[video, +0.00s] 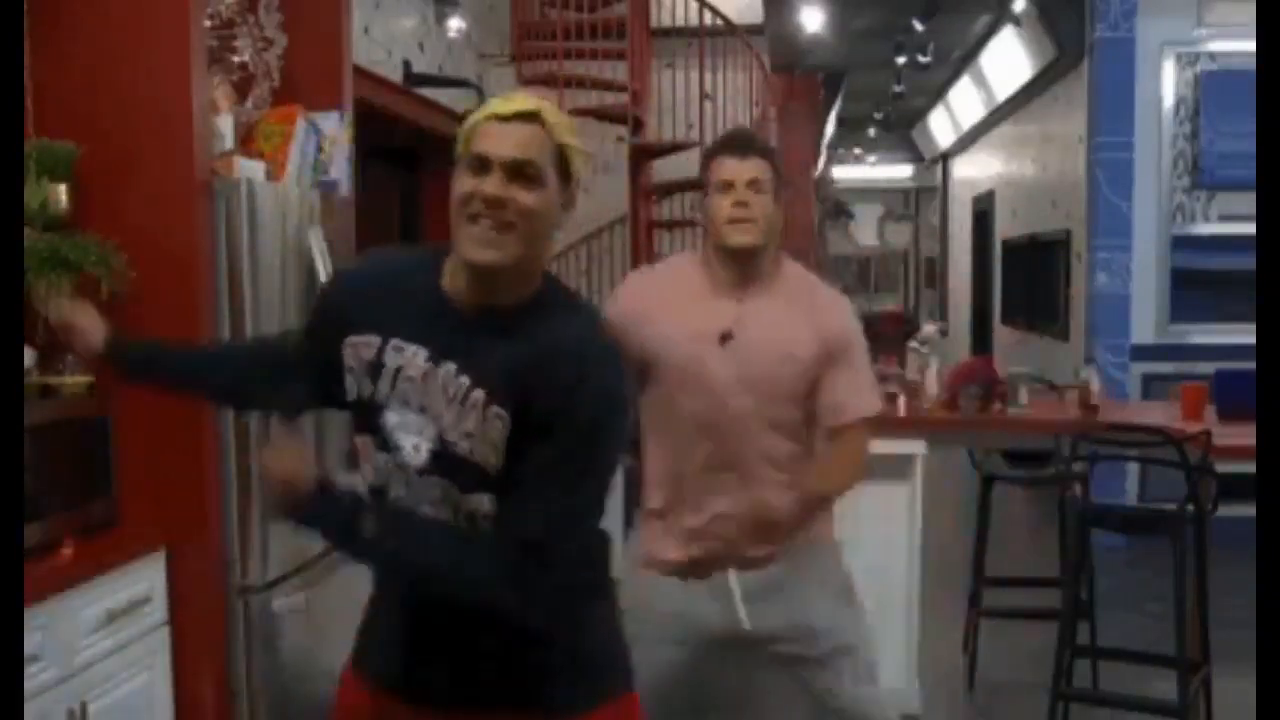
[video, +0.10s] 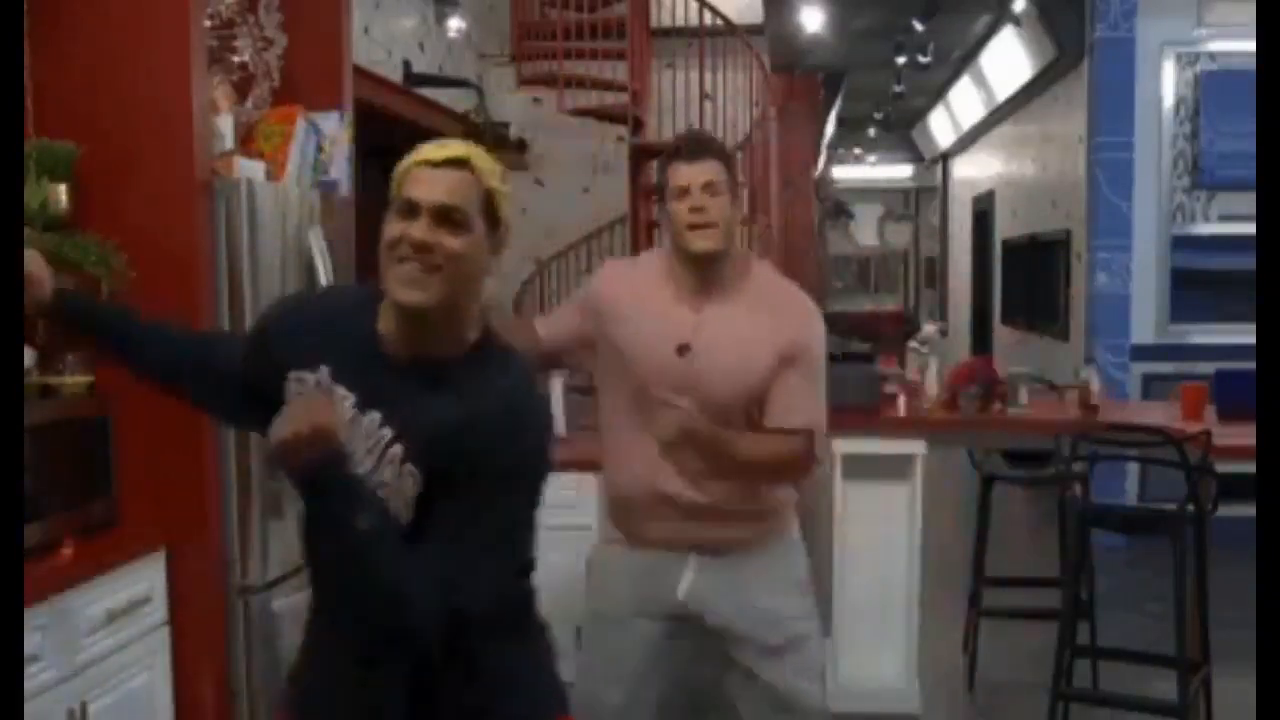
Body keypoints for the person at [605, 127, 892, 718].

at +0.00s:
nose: (741, 201)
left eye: (757, 188)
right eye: (725, 189)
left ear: (780, 207)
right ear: (703, 207)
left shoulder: (825, 310)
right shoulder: (641, 299)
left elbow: (848, 451)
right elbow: (594, 418)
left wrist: (782, 509)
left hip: (796, 572)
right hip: (669, 578)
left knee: (856, 706)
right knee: (659, 711)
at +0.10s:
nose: (698, 207)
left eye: (713, 192)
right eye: (682, 195)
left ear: (738, 205)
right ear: (662, 211)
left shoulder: (791, 312)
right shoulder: (617, 288)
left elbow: (795, 452)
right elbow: (532, 344)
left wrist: (710, 439)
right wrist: (467, 313)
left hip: (758, 562)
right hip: (636, 559)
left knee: (794, 707)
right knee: (612, 710)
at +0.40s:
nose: (660, 241)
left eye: (672, 224)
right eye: (643, 231)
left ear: (698, 230)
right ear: (628, 246)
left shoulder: (775, 319)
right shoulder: (601, 330)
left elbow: (794, 444)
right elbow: (524, 384)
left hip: (758, 532)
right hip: (641, 533)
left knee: (813, 682)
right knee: (608, 696)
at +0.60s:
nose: (730, 195)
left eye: (745, 183)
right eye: (715, 184)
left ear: (767, 194)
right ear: (696, 199)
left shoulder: (828, 263)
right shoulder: (657, 296)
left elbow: (900, 346)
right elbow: (640, 416)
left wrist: (906, 452)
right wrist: (640, 532)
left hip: (816, 512)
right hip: (699, 517)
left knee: (878, 676)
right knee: (657, 686)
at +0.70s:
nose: (763, 196)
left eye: (776, 184)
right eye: (748, 184)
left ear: (795, 195)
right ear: (727, 195)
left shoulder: (849, 266)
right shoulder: (684, 297)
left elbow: (946, 323)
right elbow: (671, 417)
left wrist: (960, 400)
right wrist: (719, 499)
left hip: (844, 520)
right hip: (735, 521)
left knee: (911, 694)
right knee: (676, 692)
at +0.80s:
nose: (811, 206)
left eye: (825, 195)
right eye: (797, 193)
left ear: (842, 213)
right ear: (772, 208)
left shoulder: (885, 282)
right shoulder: (737, 299)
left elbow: (988, 331)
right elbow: (736, 439)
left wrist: (1002, 280)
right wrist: (802, 415)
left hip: (888, 544)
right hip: (775, 539)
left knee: (924, 703)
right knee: (733, 694)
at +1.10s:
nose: (850, 226)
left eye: (863, 215)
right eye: (835, 213)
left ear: (876, 228)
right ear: (806, 225)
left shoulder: (910, 300)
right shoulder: (755, 311)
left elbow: (1004, 355)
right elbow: (745, 434)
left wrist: (1017, 332)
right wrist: (861, 424)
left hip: (906, 522)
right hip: (806, 536)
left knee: (949, 683)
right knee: (799, 693)